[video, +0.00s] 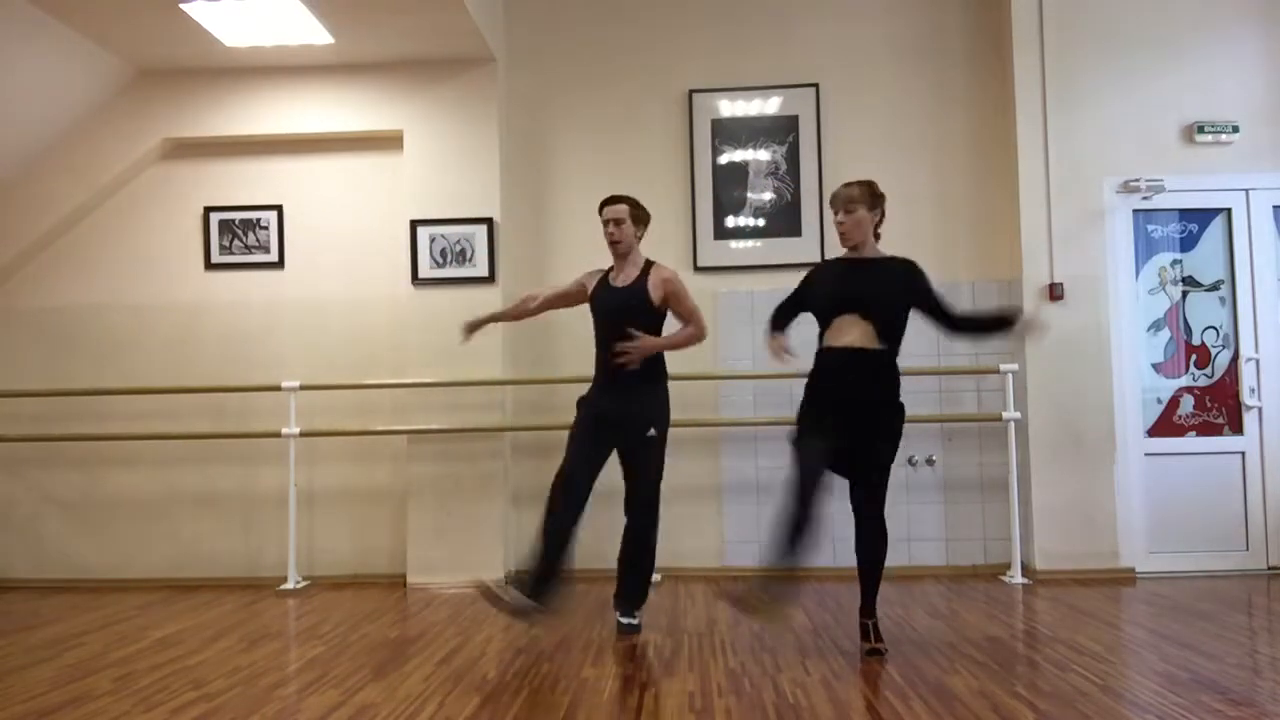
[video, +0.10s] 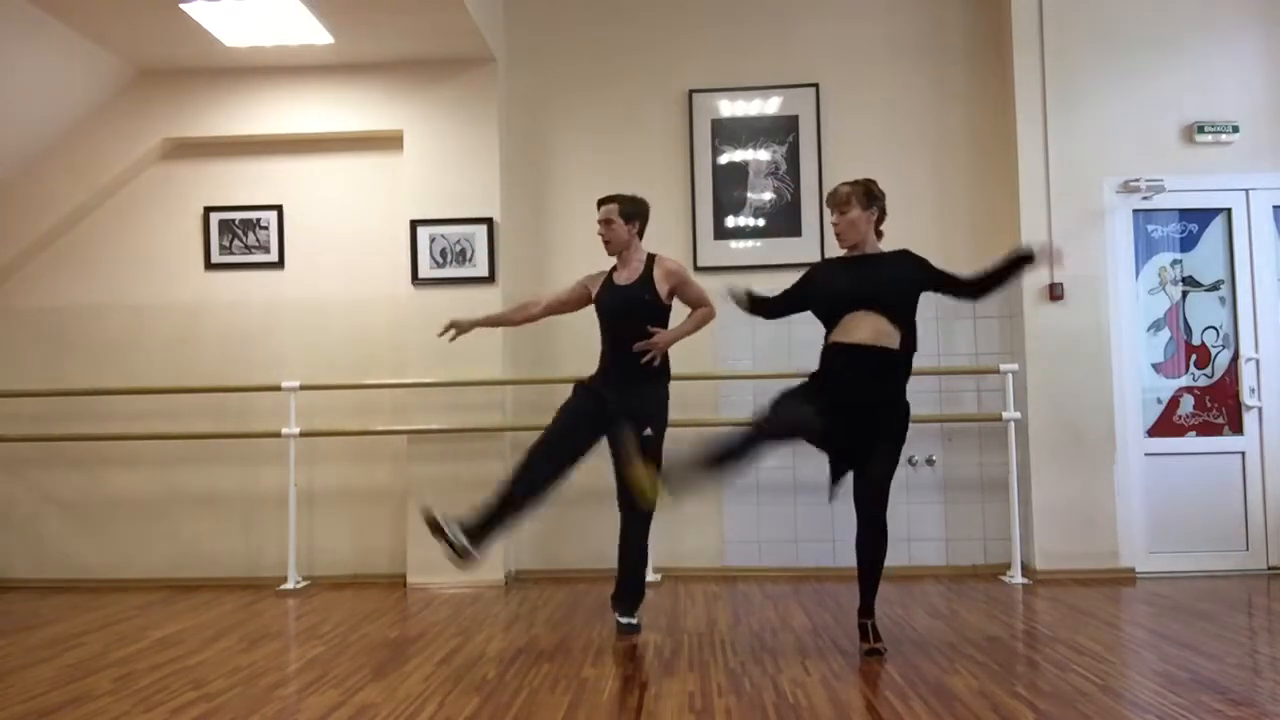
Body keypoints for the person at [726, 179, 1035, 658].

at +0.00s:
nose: (840, 221)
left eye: (850, 212)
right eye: (836, 214)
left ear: (876, 216)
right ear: (834, 220)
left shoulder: (902, 273)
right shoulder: (823, 274)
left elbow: (953, 322)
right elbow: (784, 312)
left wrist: (1012, 319)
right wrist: (776, 332)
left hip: (877, 392)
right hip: (826, 389)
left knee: (868, 506)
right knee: (805, 482)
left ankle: (868, 614)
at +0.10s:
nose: (835, 221)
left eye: (844, 212)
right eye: (833, 213)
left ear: (874, 215)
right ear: (836, 220)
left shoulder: (907, 265)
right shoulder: (824, 273)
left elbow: (970, 289)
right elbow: (774, 307)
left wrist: (1020, 260)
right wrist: (744, 297)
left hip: (883, 394)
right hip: (828, 389)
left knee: (872, 510)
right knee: (766, 428)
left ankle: (867, 615)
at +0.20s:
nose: (832, 221)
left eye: (841, 212)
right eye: (829, 214)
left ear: (870, 215)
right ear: (831, 218)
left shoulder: (904, 263)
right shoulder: (820, 274)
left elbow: (971, 270)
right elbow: (758, 301)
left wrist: (1010, 218)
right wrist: (727, 260)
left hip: (884, 392)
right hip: (829, 381)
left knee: (870, 508)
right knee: (748, 383)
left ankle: (864, 614)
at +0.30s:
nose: (827, 216)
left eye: (836, 207)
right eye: (824, 209)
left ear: (864, 212)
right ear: (823, 216)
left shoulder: (899, 257)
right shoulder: (815, 273)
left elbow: (967, 265)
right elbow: (755, 289)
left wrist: (982, 214)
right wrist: (720, 250)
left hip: (885, 390)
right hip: (832, 377)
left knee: (864, 508)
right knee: (750, 383)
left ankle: (854, 615)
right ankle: (657, 387)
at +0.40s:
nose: (825, 221)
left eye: (834, 211)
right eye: (822, 213)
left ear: (863, 215)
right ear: (822, 221)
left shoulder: (900, 261)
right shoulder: (817, 277)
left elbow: (967, 271)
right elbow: (758, 287)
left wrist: (976, 226)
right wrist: (709, 261)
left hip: (886, 393)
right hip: (833, 385)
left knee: (867, 511)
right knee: (765, 425)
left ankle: (851, 614)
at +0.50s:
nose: (824, 225)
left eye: (833, 215)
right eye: (821, 217)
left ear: (859, 218)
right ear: (820, 223)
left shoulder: (896, 262)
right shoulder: (820, 275)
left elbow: (949, 291)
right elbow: (782, 297)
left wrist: (963, 289)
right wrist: (740, 297)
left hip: (883, 394)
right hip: (830, 388)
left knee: (868, 513)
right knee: (781, 472)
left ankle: (855, 616)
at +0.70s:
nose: (816, 228)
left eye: (825, 220)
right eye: (814, 222)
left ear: (853, 226)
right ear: (815, 231)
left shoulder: (883, 275)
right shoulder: (804, 285)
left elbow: (937, 314)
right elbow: (757, 322)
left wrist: (916, 366)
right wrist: (754, 281)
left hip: (875, 399)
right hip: (822, 402)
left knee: (867, 515)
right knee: (832, 510)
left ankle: (853, 615)